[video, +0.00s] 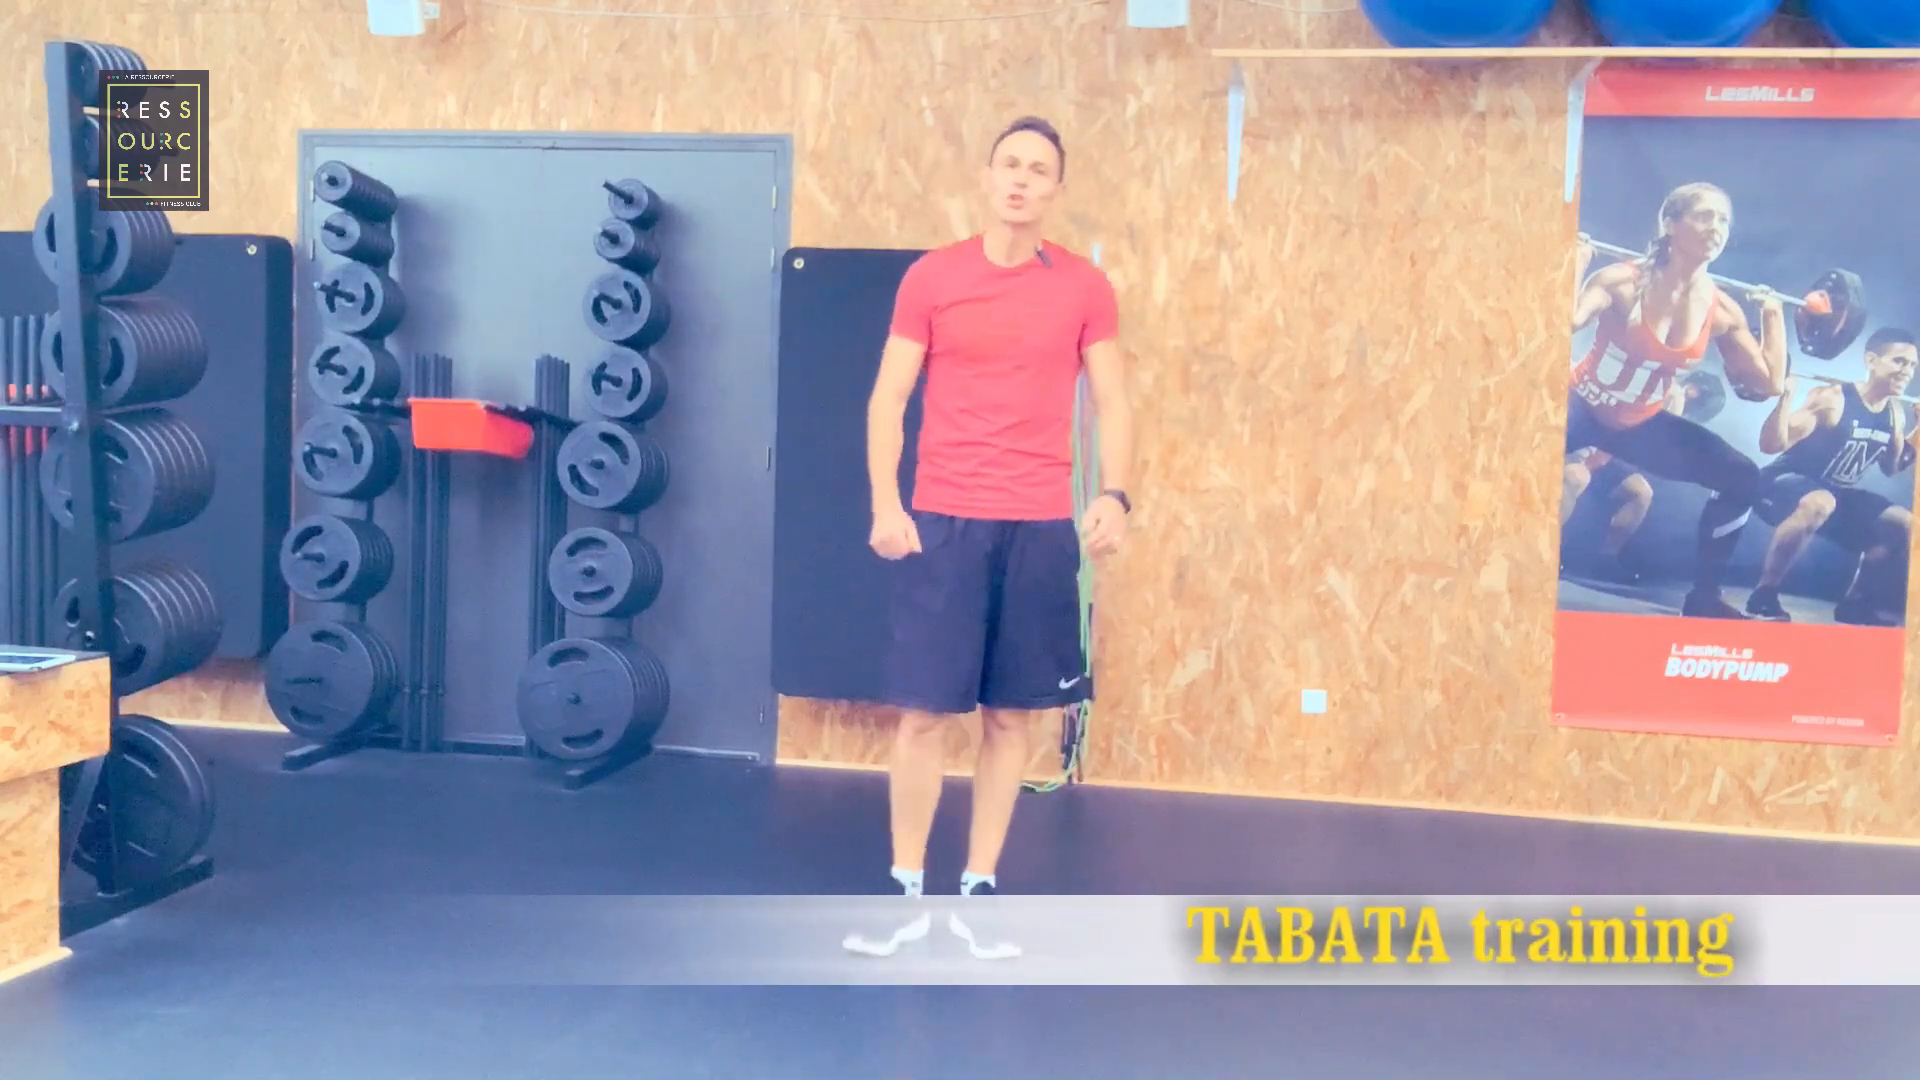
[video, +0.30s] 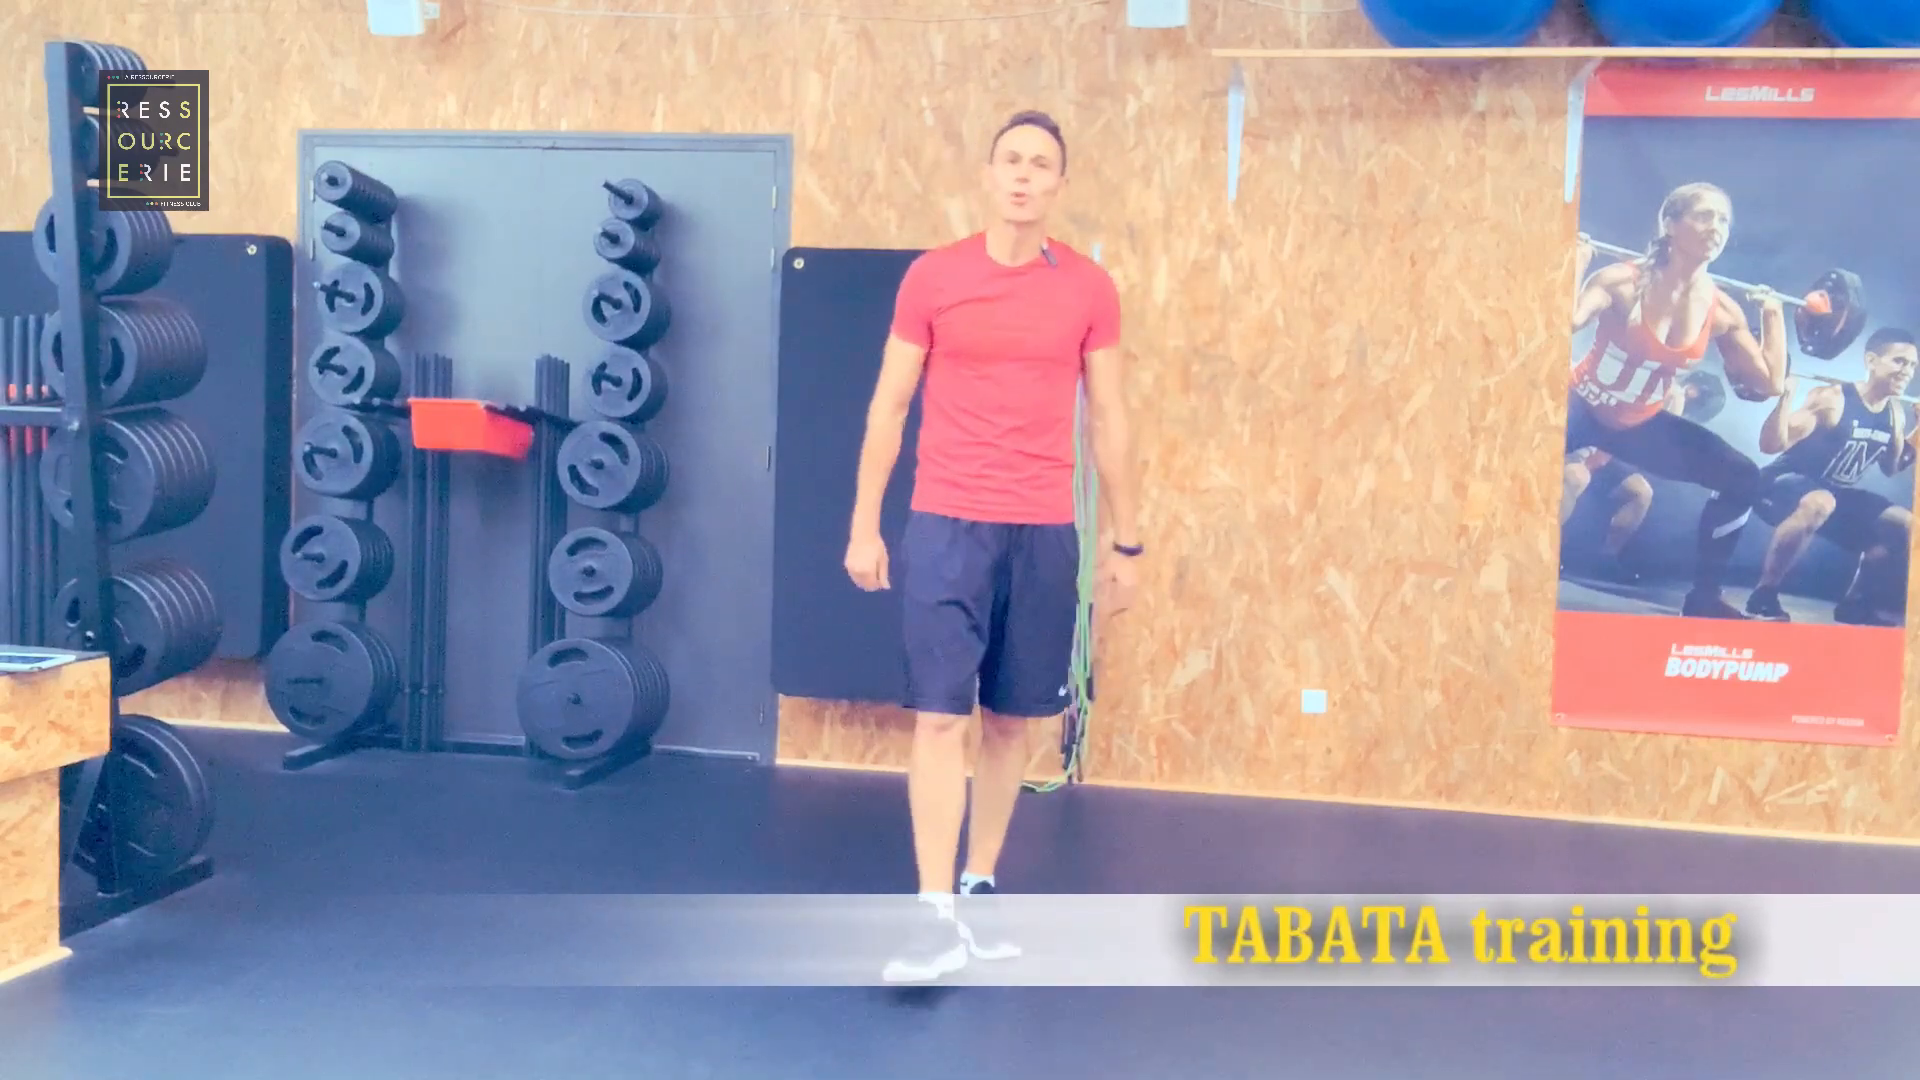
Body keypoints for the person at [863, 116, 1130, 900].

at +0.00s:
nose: (1021, 179)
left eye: (1037, 170)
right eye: (1010, 165)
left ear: (1057, 191)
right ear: (985, 177)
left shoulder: (1084, 286)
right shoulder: (932, 277)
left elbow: (1111, 398)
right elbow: (888, 398)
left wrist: (1115, 493)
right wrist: (885, 503)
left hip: (1041, 529)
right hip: (942, 523)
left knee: (1012, 716)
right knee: (925, 711)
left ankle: (977, 889)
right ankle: (905, 889)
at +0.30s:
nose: (1024, 177)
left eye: (1040, 166)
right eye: (1012, 162)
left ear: (1061, 187)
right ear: (986, 174)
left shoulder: (1088, 287)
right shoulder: (933, 275)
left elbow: (1108, 420)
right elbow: (889, 406)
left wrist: (1123, 536)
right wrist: (866, 521)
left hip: (1044, 530)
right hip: (944, 524)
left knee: (1014, 720)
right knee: (943, 716)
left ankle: (977, 892)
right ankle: (932, 914)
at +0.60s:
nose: (1008, 168)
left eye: (1024, 157)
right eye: (994, 155)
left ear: (1048, 177)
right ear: (969, 174)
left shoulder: (1079, 282)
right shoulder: (922, 276)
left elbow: (1100, 417)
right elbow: (882, 412)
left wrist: (1120, 533)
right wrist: (864, 535)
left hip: (1047, 536)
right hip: (945, 532)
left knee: (1015, 731)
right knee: (948, 732)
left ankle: (971, 888)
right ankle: (942, 926)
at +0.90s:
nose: (989, 153)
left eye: (1003, 141)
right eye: (972, 142)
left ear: (1029, 164)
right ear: (948, 166)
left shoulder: (1066, 270)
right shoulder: (907, 264)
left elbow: (1089, 395)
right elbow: (843, 393)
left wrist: (1107, 428)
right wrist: (892, 424)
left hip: (1037, 525)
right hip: (940, 524)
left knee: (1022, 730)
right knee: (942, 730)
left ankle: (979, 877)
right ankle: (942, 923)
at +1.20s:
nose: (974, 159)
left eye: (990, 145)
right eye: (958, 146)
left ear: (1017, 164)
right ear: (934, 163)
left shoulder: (1059, 268)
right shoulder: (895, 269)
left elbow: (1097, 397)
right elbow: (843, 413)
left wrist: (1088, 393)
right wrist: (899, 402)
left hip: (1037, 528)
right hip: (933, 529)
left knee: (1069, 734)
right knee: (935, 736)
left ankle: (1015, 857)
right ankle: (943, 931)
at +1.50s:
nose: (992, 166)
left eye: (1009, 153)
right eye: (978, 151)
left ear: (1036, 168)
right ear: (954, 163)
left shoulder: (1075, 267)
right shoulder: (911, 271)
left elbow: (1113, 395)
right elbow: (858, 408)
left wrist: (1093, 420)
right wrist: (915, 431)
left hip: (1051, 529)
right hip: (947, 530)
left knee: (1061, 736)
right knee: (944, 736)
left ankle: (1071, 902)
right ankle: (946, 929)